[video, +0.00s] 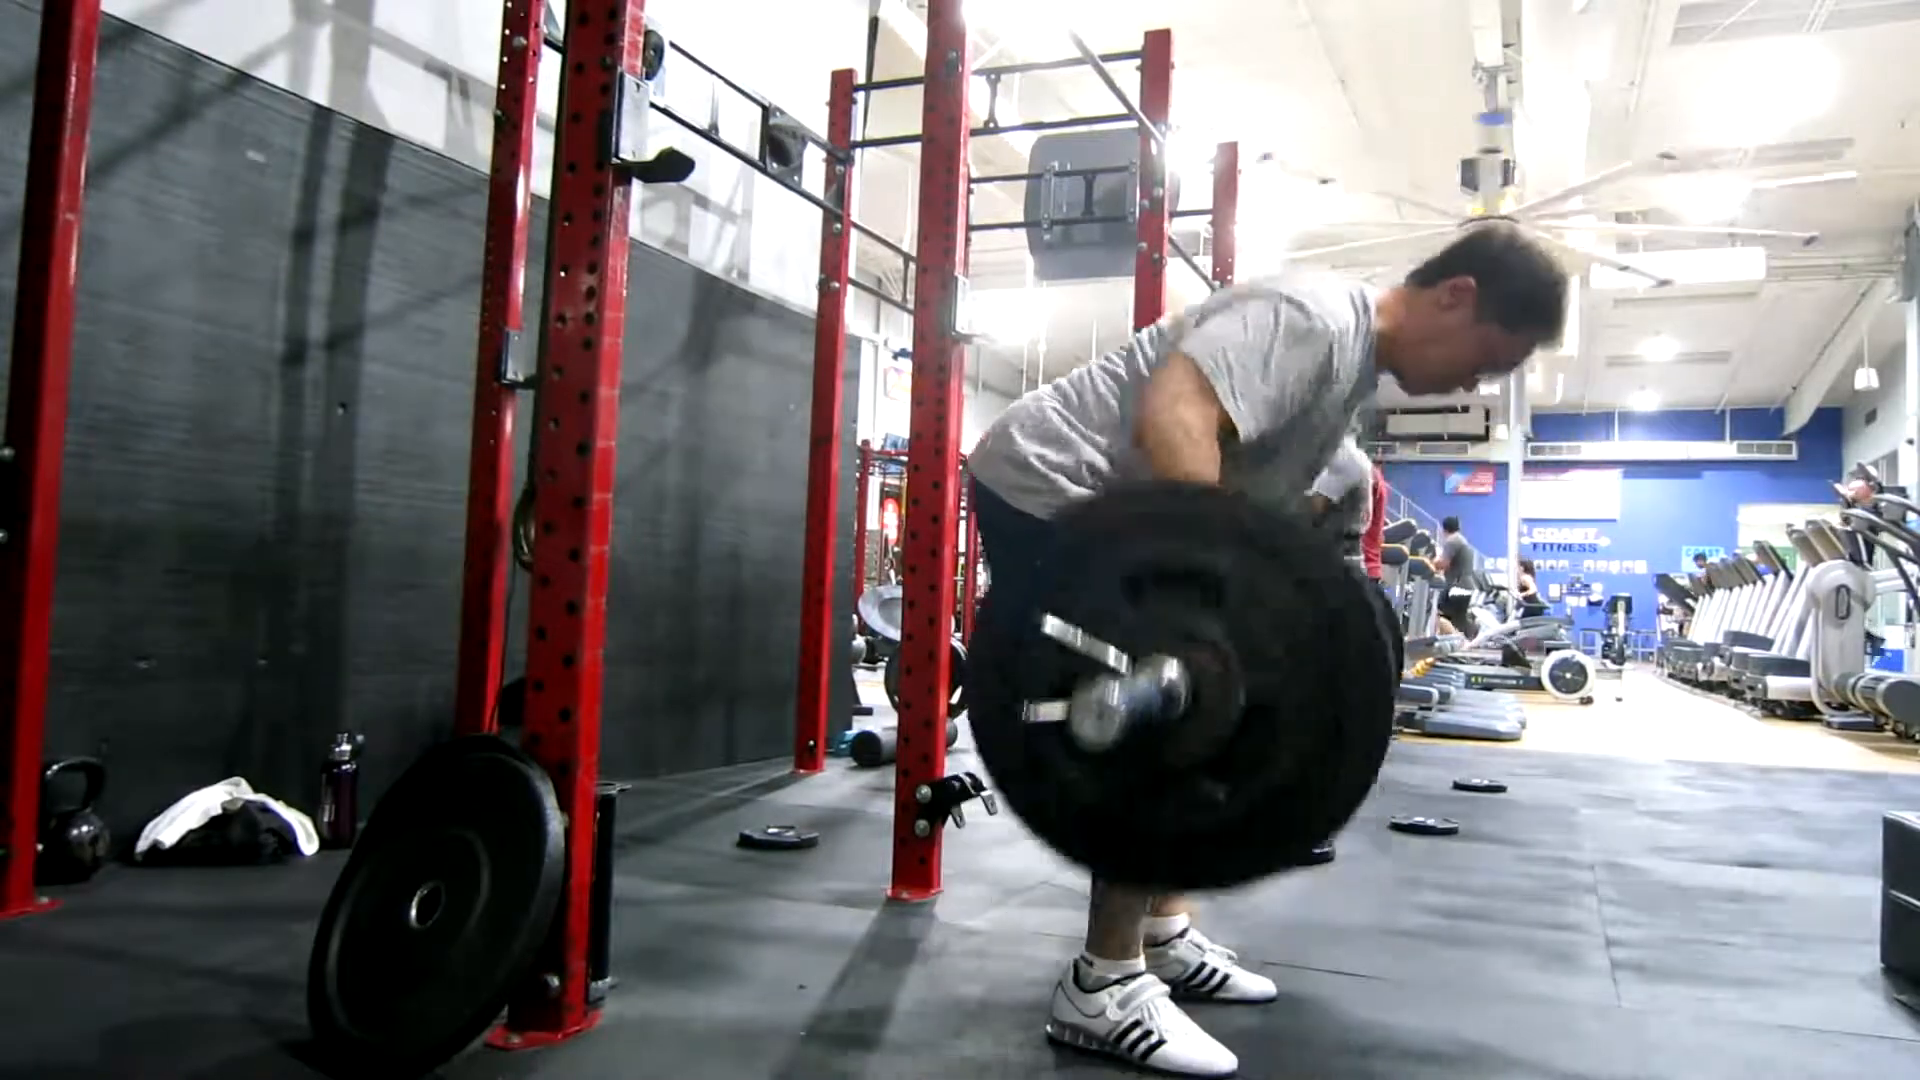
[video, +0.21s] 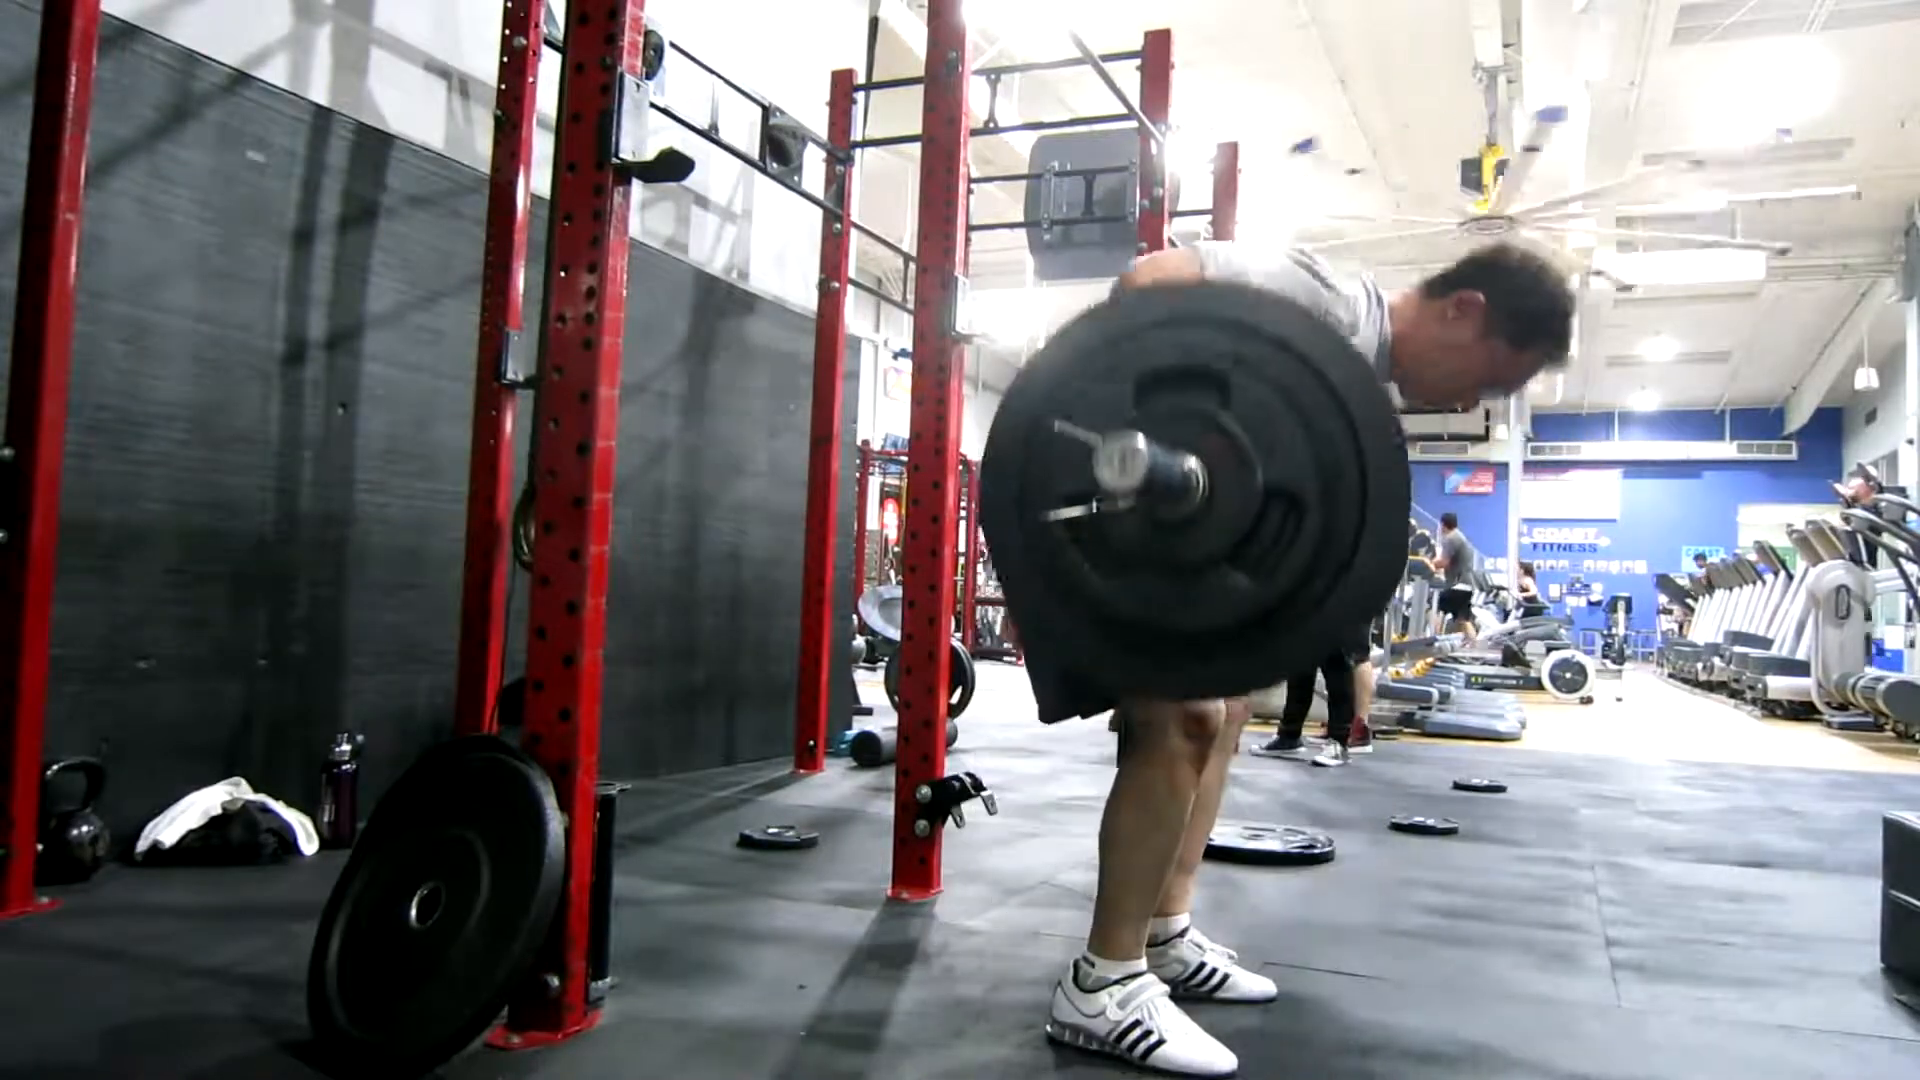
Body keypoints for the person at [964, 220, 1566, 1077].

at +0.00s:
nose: (1474, 387)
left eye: (1491, 374)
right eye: (1488, 364)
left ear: (1455, 300)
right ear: (1457, 298)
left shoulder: (1350, 389)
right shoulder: (1308, 321)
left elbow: (1257, 500)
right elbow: (1170, 413)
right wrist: (1212, 589)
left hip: (1113, 502)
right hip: (1045, 485)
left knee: (1183, 703)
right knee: (1148, 715)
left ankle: (1161, 932)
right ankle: (1103, 980)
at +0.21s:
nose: (1476, 403)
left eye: (1496, 394)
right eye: (1493, 383)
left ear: (1459, 313)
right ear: (1463, 313)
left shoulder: (1356, 367)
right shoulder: (1322, 303)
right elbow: (1155, 274)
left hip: (1195, 542)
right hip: (1128, 522)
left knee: (1219, 721)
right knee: (1179, 727)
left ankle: (1162, 935)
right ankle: (1103, 981)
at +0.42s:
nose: (1491, 448)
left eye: (1510, 437)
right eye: (1506, 425)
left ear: (1479, 353)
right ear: (1479, 356)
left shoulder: (1369, 412)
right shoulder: (1343, 342)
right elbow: (1172, 332)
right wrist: (1198, 509)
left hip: (1110, 506)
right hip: (1039, 487)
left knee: (1203, 705)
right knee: (1155, 713)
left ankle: (1158, 936)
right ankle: (1103, 979)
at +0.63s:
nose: (1489, 483)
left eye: (1509, 470)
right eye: (1503, 458)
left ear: (1470, 393)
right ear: (1471, 395)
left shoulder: (1360, 452)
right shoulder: (1340, 424)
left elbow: (1277, 595)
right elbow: (1219, 557)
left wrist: (1280, 752)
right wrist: (1222, 762)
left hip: (1097, 512)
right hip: (1041, 489)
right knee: (1190, 697)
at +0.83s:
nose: (1479, 553)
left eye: (1499, 544)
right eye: (1495, 531)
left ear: (1471, 461)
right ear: (1472, 464)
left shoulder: (1361, 500)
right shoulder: (1331, 460)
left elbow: (1279, 652)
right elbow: (1215, 601)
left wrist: (1257, 793)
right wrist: (1205, 800)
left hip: (1105, 517)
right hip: (1047, 493)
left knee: (1188, 720)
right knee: (1182, 710)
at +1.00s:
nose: (1504, 535)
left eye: (1523, 524)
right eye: (1516, 513)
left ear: (1485, 455)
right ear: (1486, 455)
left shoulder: (1381, 504)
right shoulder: (1339, 466)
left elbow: (1304, 681)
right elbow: (1248, 660)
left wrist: (1254, 832)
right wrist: (1204, 863)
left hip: (1112, 510)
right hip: (1053, 489)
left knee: (1193, 711)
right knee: (1194, 700)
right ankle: (1166, 912)